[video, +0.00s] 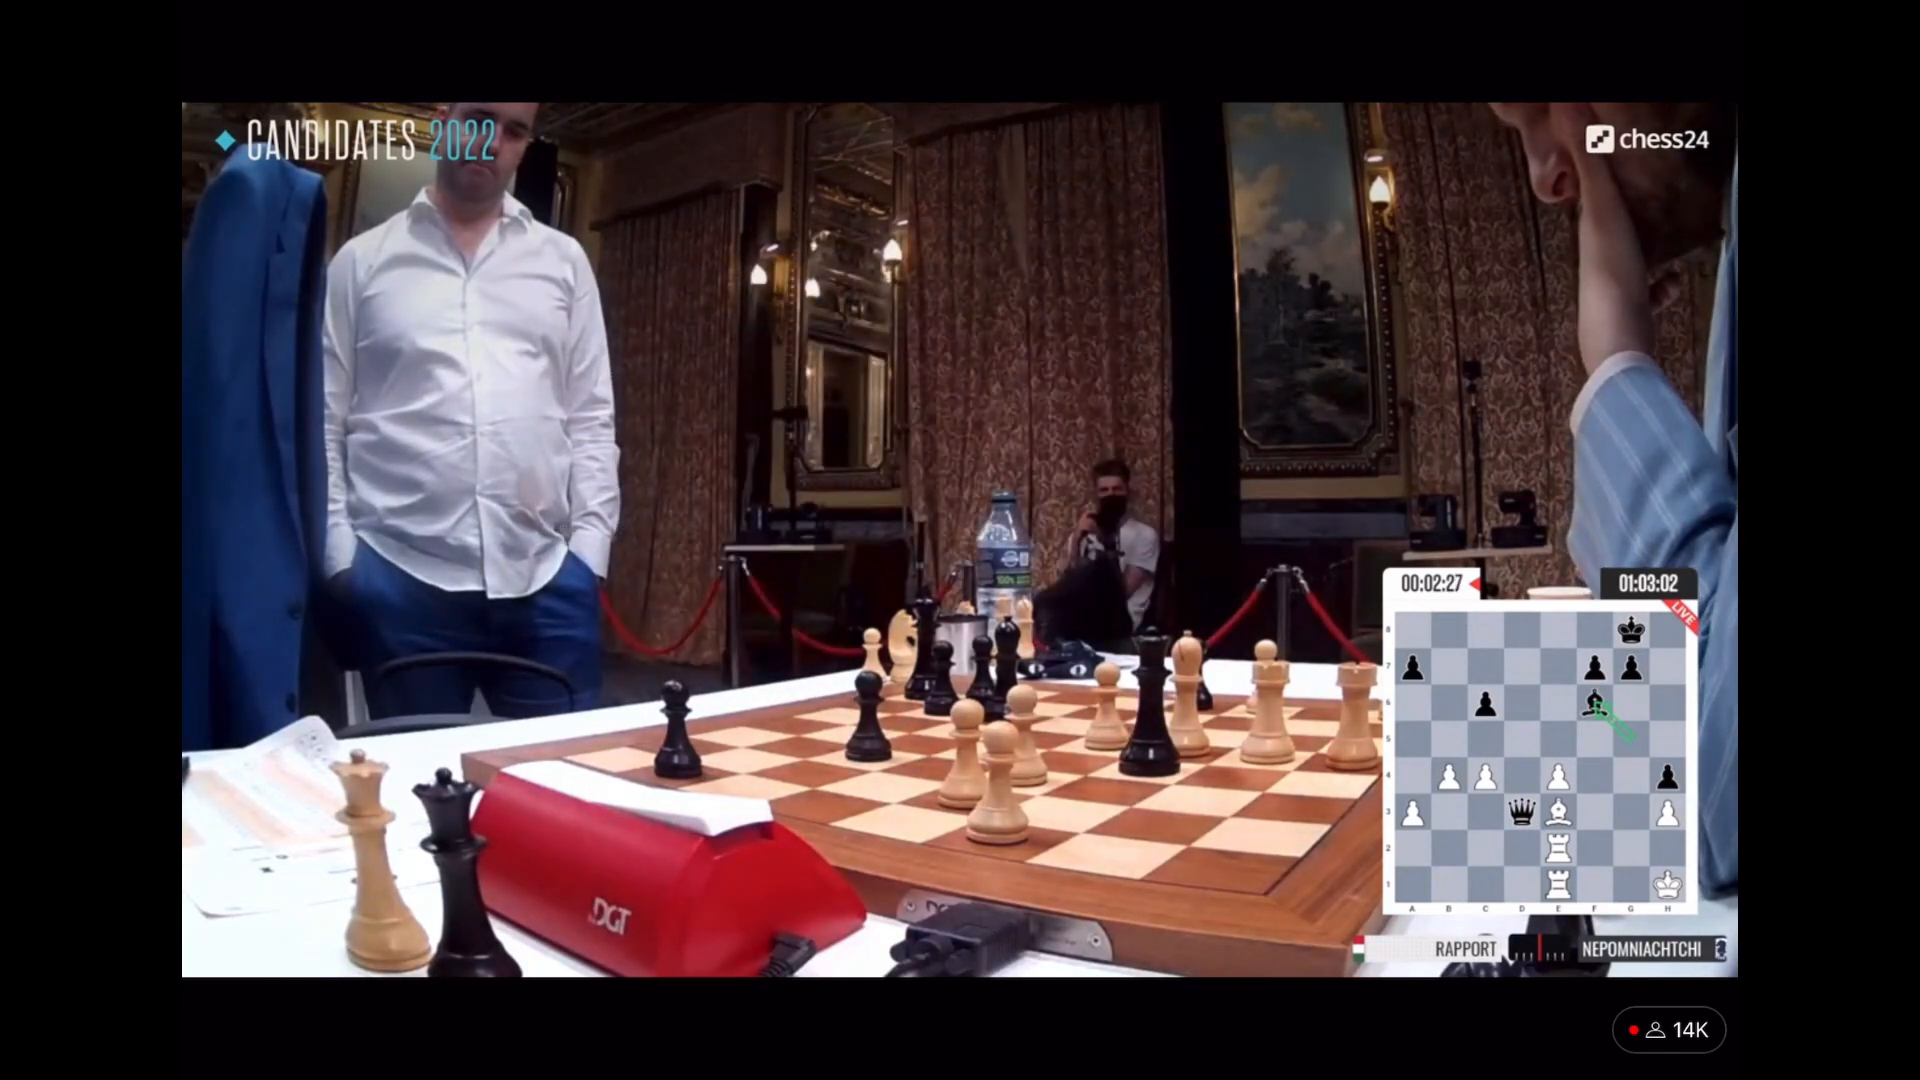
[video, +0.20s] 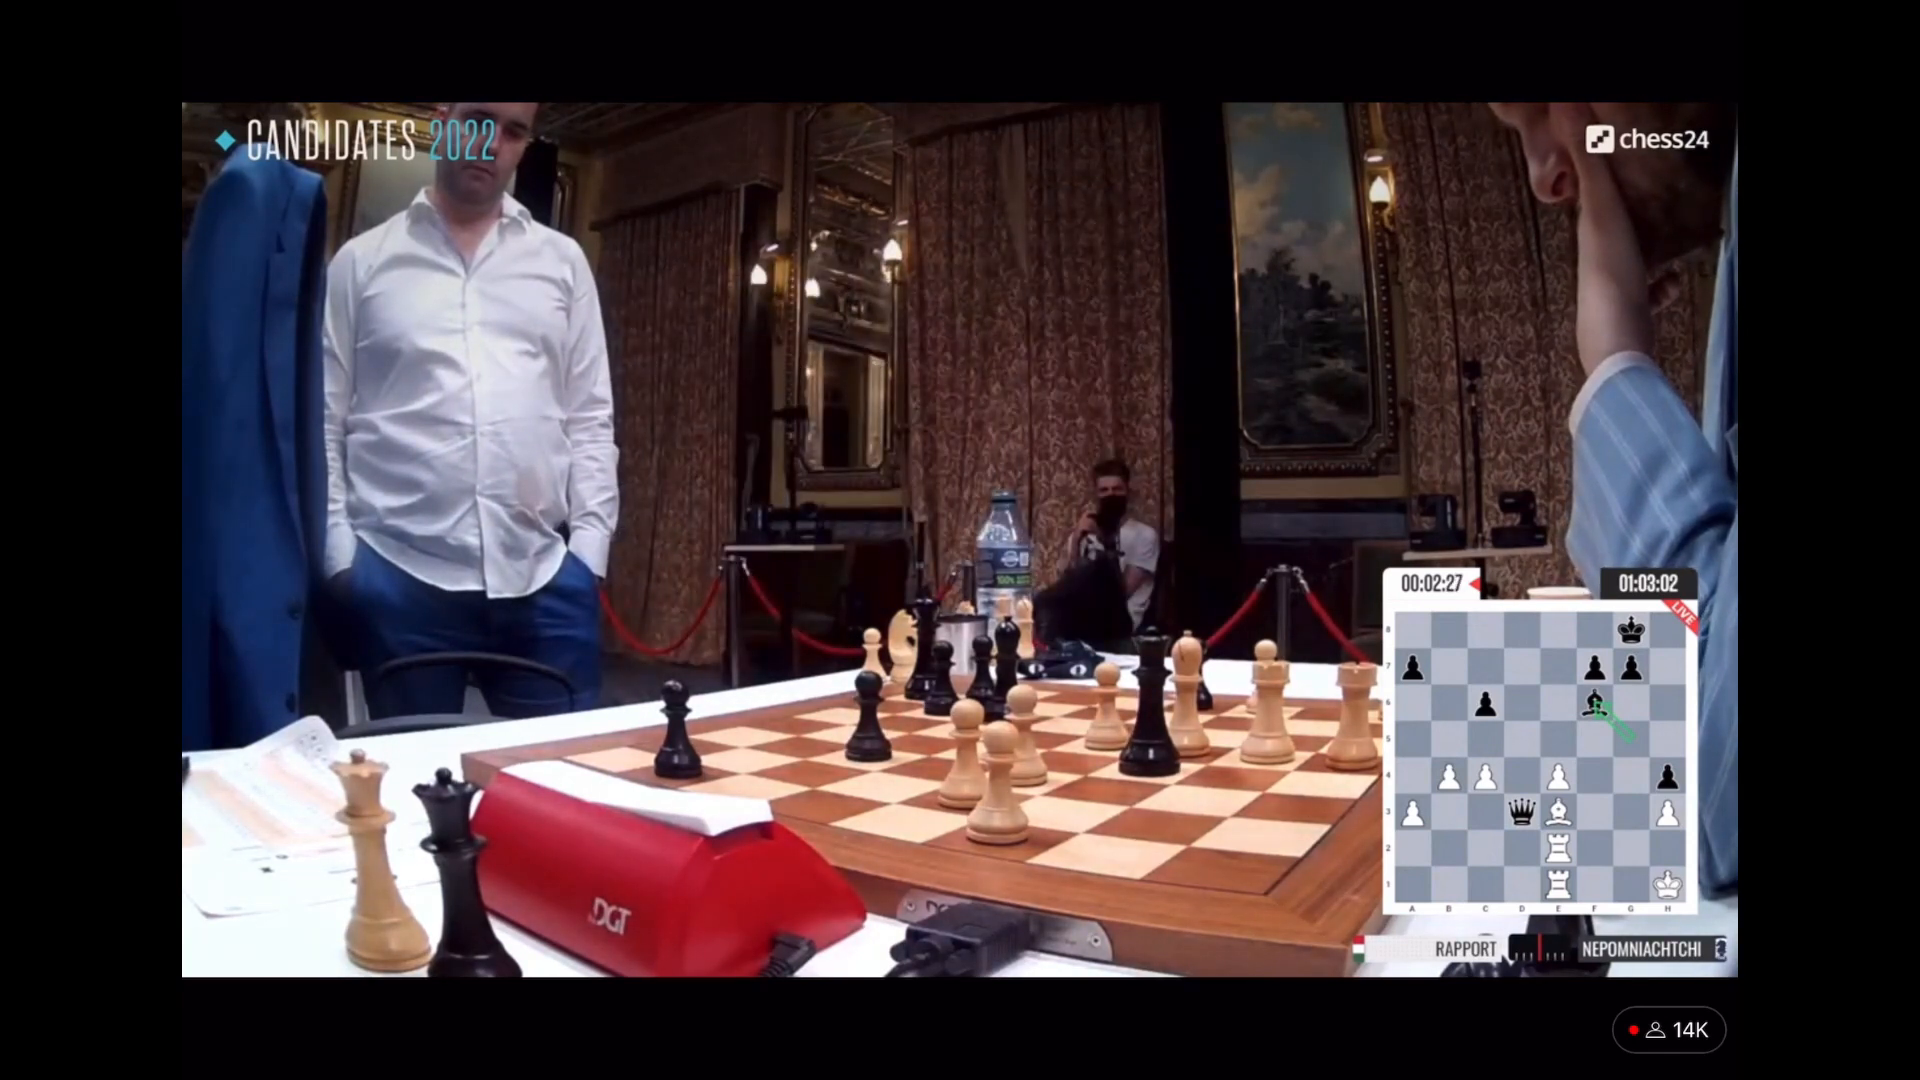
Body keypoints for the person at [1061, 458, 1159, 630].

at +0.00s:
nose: (1110, 495)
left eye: (1117, 489)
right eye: (1103, 490)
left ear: (1127, 491)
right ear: (1096, 493)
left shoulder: (1145, 536)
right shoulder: (1083, 536)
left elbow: (1126, 590)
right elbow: (1071, 582)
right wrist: (1076, 537)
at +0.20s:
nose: (1110, 495)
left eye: (1117, 489)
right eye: (1104, 490)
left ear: (1127, 491)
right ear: (1096, 493)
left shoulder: (1145, 536)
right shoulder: (1083, 536)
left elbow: (1126, 590)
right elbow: (1071, 582)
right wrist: (1076, 537)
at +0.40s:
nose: (1110, 495)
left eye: (1117, 489)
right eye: (1103, 490)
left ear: (1127, 491)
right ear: (1096, 493)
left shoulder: (1145, 536)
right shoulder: (1083, 536)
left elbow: (1125, 590)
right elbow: (1071, 583)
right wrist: (1076, 537)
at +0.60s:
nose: (1110, 495)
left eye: (1117, 489)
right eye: (1103, 490)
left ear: (1127, 491)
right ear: (1095, 493)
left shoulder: (1145, 536)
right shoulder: (1082, 536)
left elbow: (1126, 590)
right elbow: (1071, 583)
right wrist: (1076, 539)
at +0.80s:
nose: (1110, 495)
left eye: (1117, 489)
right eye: (1103, 490)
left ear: (1127, 491)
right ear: (1095, 493)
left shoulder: (1145, 536)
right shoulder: (1082, 537)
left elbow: (1125, 590)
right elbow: (1071, 584)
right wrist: (1076, 539)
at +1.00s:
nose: (1110, 495)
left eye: (1117, 489)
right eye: (1103, 490)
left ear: (1127, 491)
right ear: (1095, 493)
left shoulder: (1145, 536)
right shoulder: (1082, 537)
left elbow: (1125, 590)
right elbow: (1071, 584)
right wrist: (1076, 539)